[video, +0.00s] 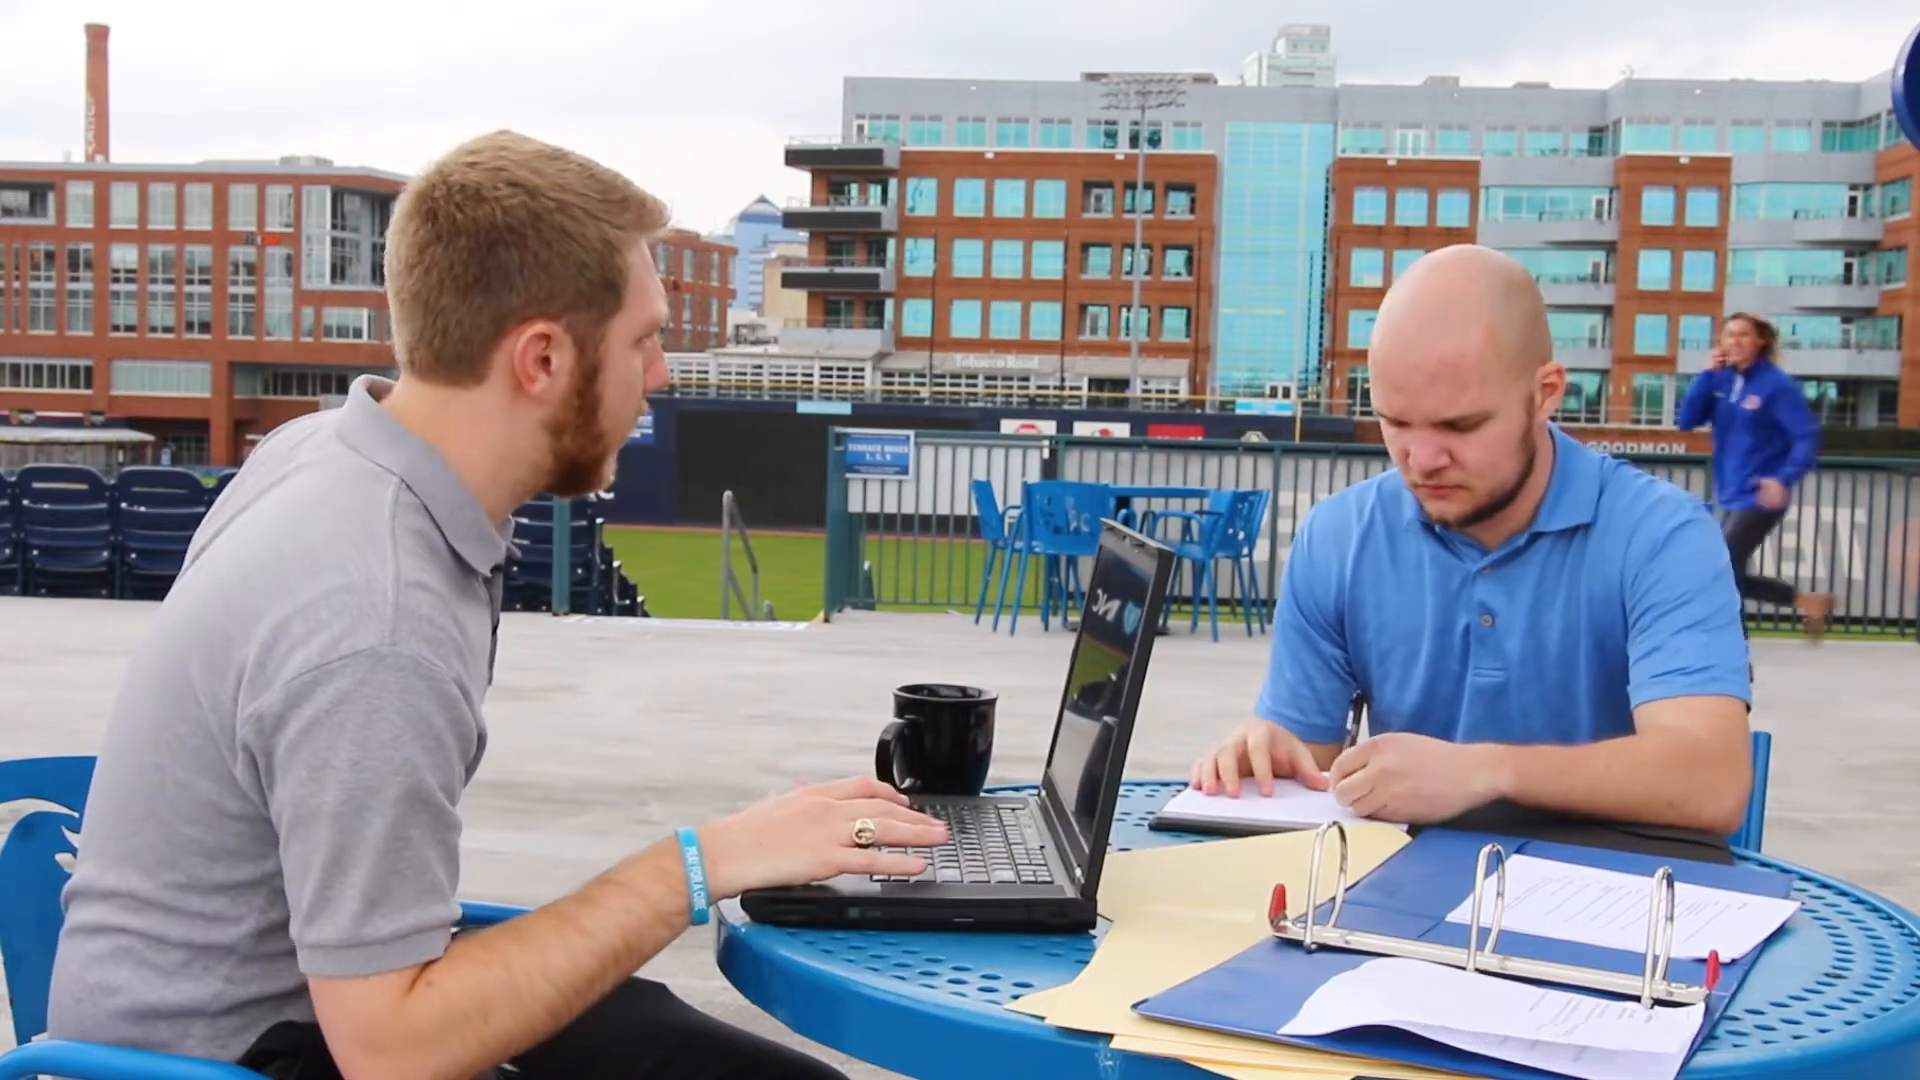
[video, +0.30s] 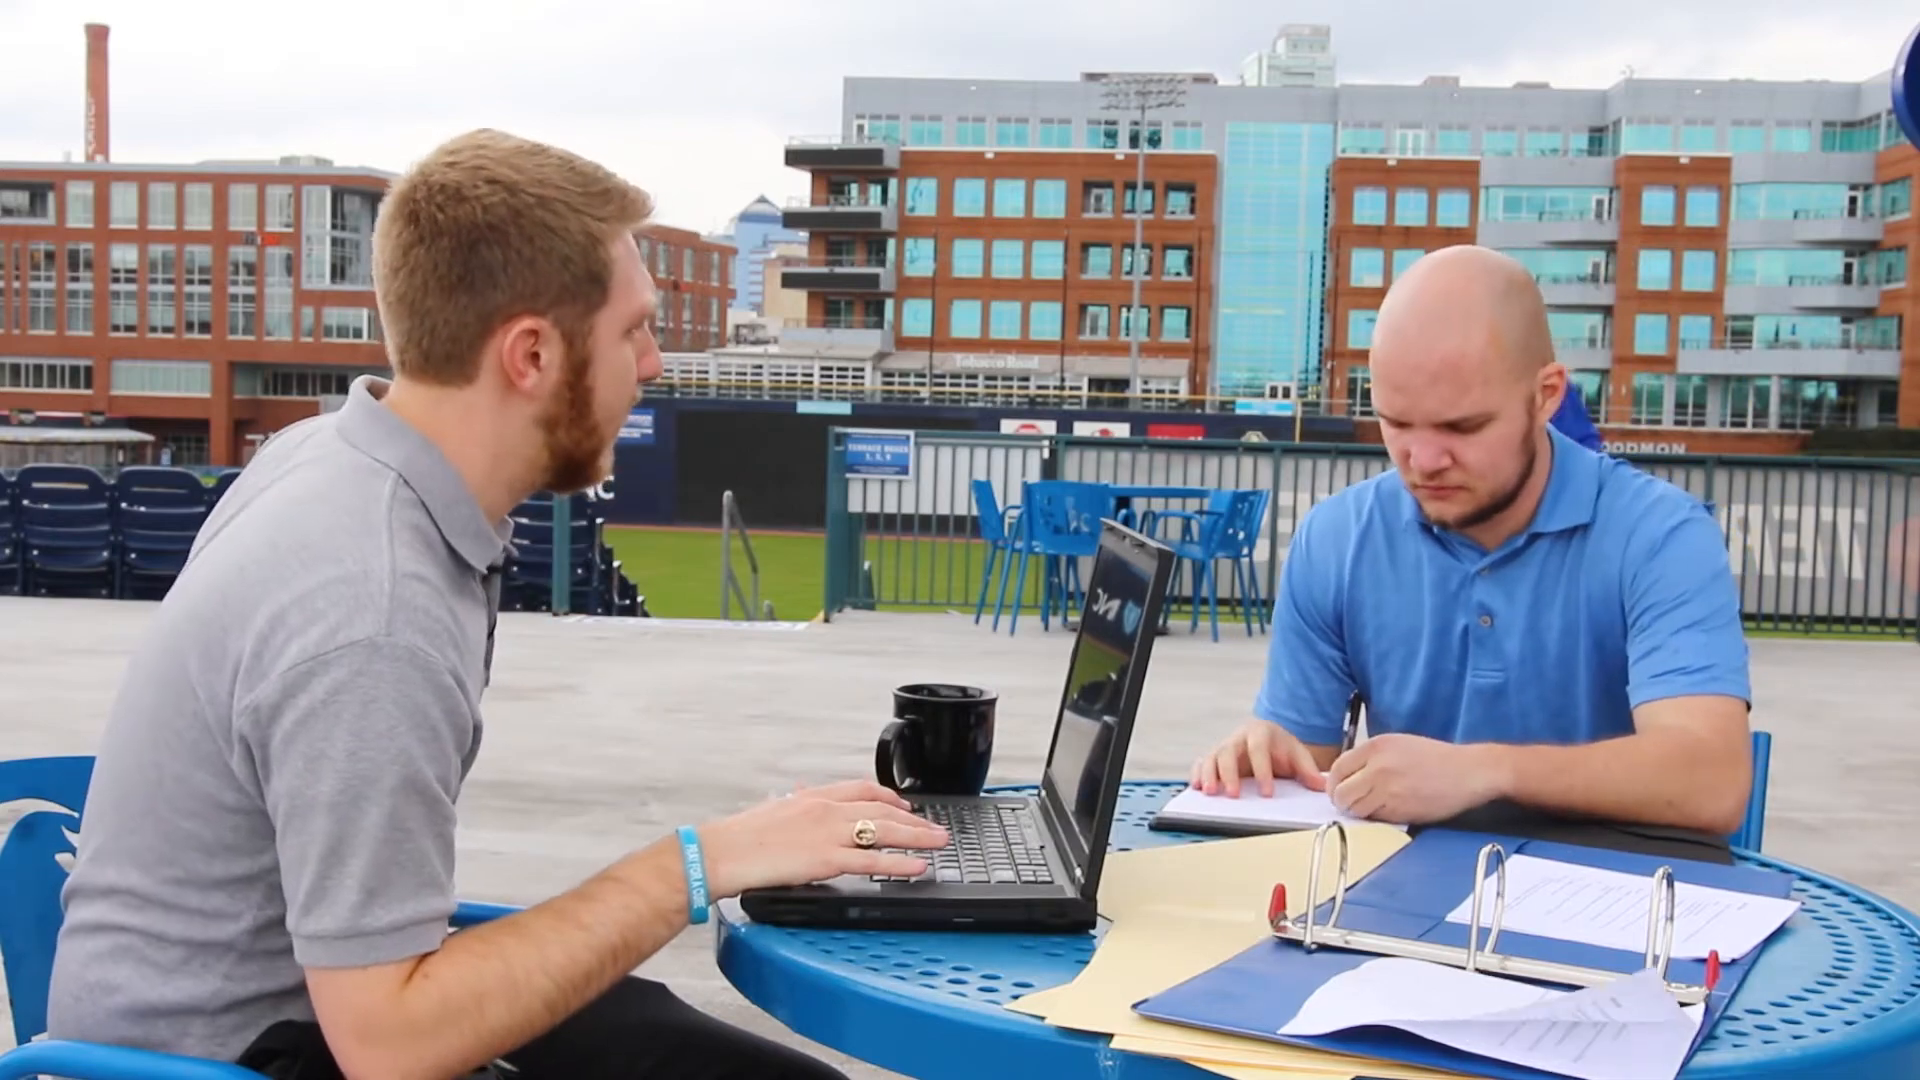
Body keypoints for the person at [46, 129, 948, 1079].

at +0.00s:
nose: (663, 377)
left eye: (661, 339)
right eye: (647, 343)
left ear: (530, 356)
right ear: (538, 362)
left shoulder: (322, 458)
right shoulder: (365, 623)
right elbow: (393, 1037)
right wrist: (711, 860)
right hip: (211, 1049)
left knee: (611, 998)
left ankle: (817, 1066)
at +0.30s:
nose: (656, 368)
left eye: (651, 331)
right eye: (637, 335)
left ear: (527, 352)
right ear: (528, 357)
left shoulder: (327, 461)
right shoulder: (363, 615)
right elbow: (390, 1037)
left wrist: (393, 943)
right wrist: (714, 859)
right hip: (211, 1053)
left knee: (612, 1000)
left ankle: (820, 1070)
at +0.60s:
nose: (606, 391)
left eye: (623, 361)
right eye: (608, 366)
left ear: (405, 325)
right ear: (543, 373)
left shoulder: (340, 463)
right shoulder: (349, 620)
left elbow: (485, 501)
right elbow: (387, 1038)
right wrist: (713, 859)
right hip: (211, 1050)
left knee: (625, 1007)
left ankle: (811, 1070)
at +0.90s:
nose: (616, 376)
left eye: (620, 343)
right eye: (621, 346)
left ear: (409, 321)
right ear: (575, 373)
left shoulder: (358, 470)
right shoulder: (333, 624)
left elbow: (551, 537)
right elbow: (382, 1038)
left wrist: (784, 498)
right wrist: (709, 860)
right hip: (214, 1048)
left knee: (630, 1004)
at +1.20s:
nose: (613, 363)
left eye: (615, 333)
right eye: (618, 335)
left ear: (407, 314)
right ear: (586, 360)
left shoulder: (326, 463)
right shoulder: (356, 616)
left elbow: (499, 568)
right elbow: (385, 1036)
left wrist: (749, 518)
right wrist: (712, 858)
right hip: (218, 1052)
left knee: (616, 999)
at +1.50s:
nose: (605, 359)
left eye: (608, 329)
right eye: (610, 330)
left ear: (397, 315)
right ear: (579, 354)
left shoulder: (323, 466)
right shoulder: (351, 610)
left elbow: (485, 571)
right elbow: (382, 1032)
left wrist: (738, 522)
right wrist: (710, 859)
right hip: (218, 1049)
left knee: (637, 1013)